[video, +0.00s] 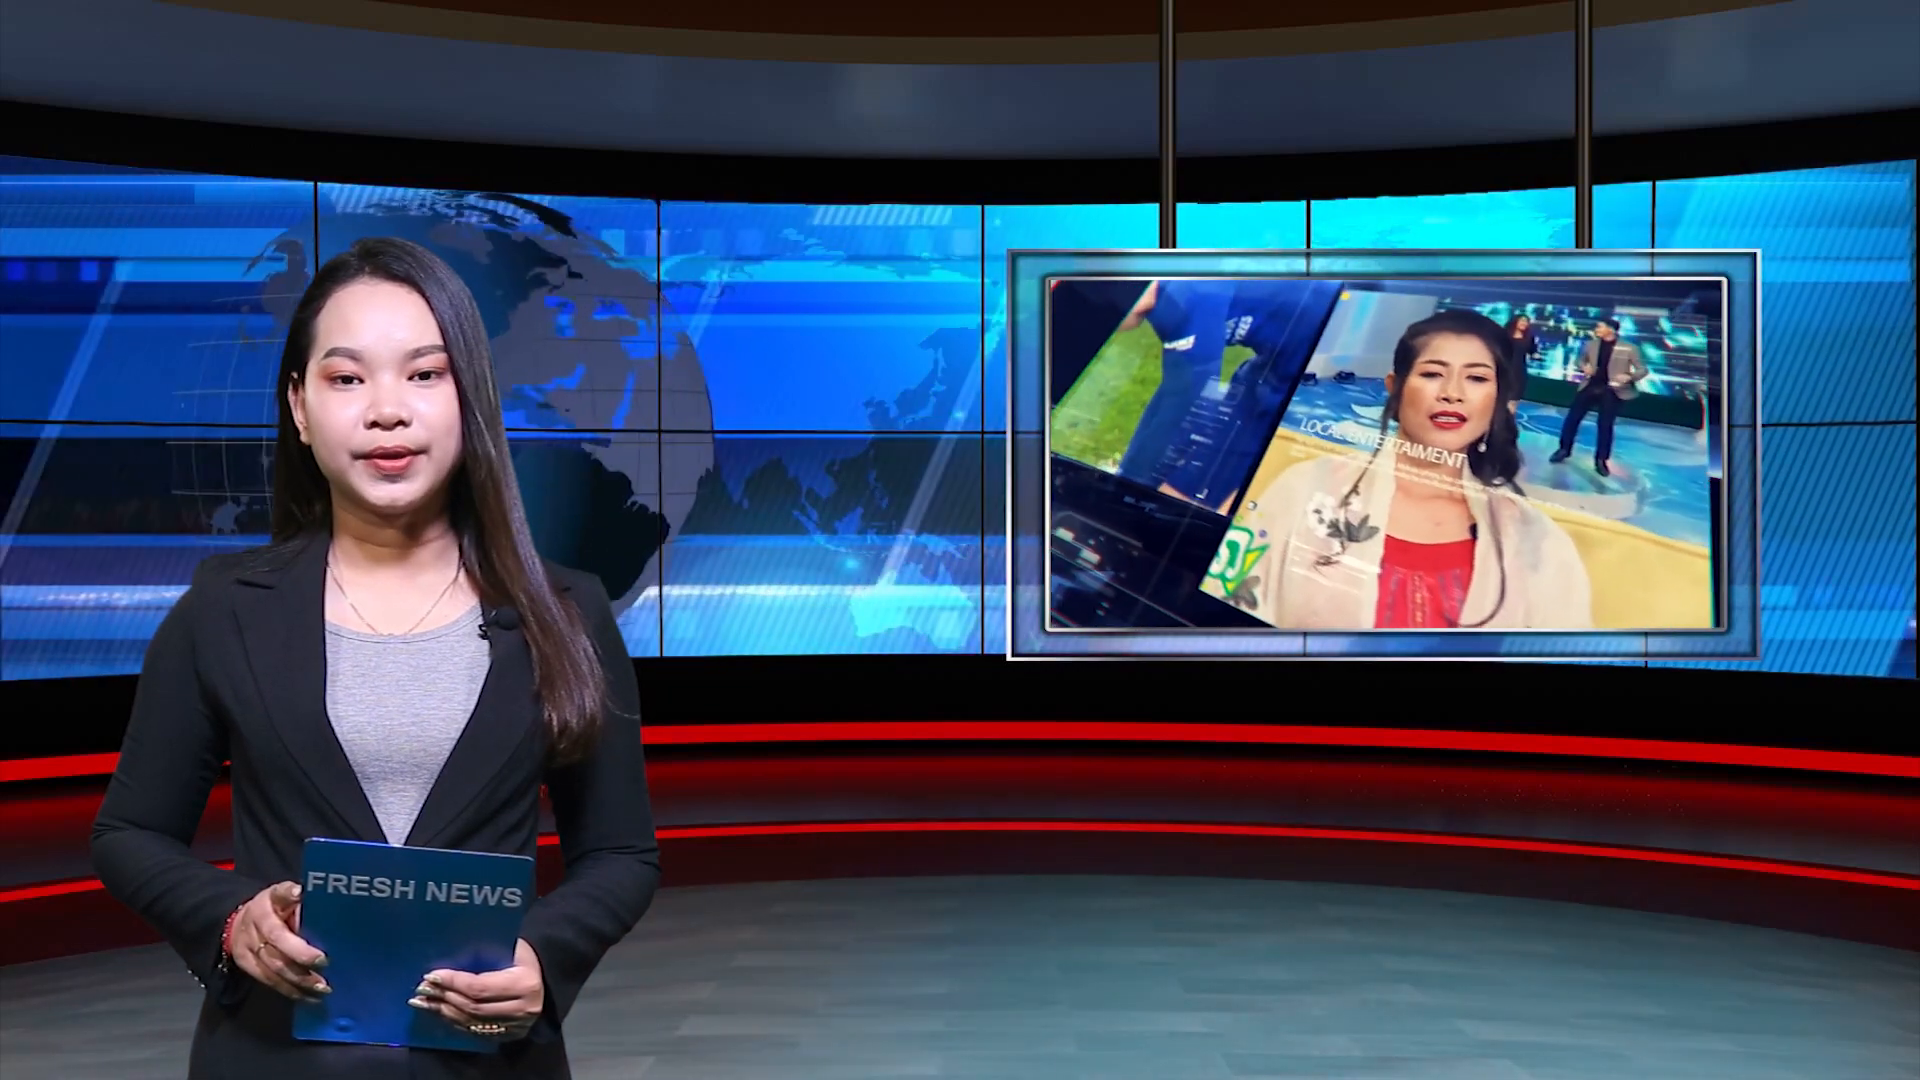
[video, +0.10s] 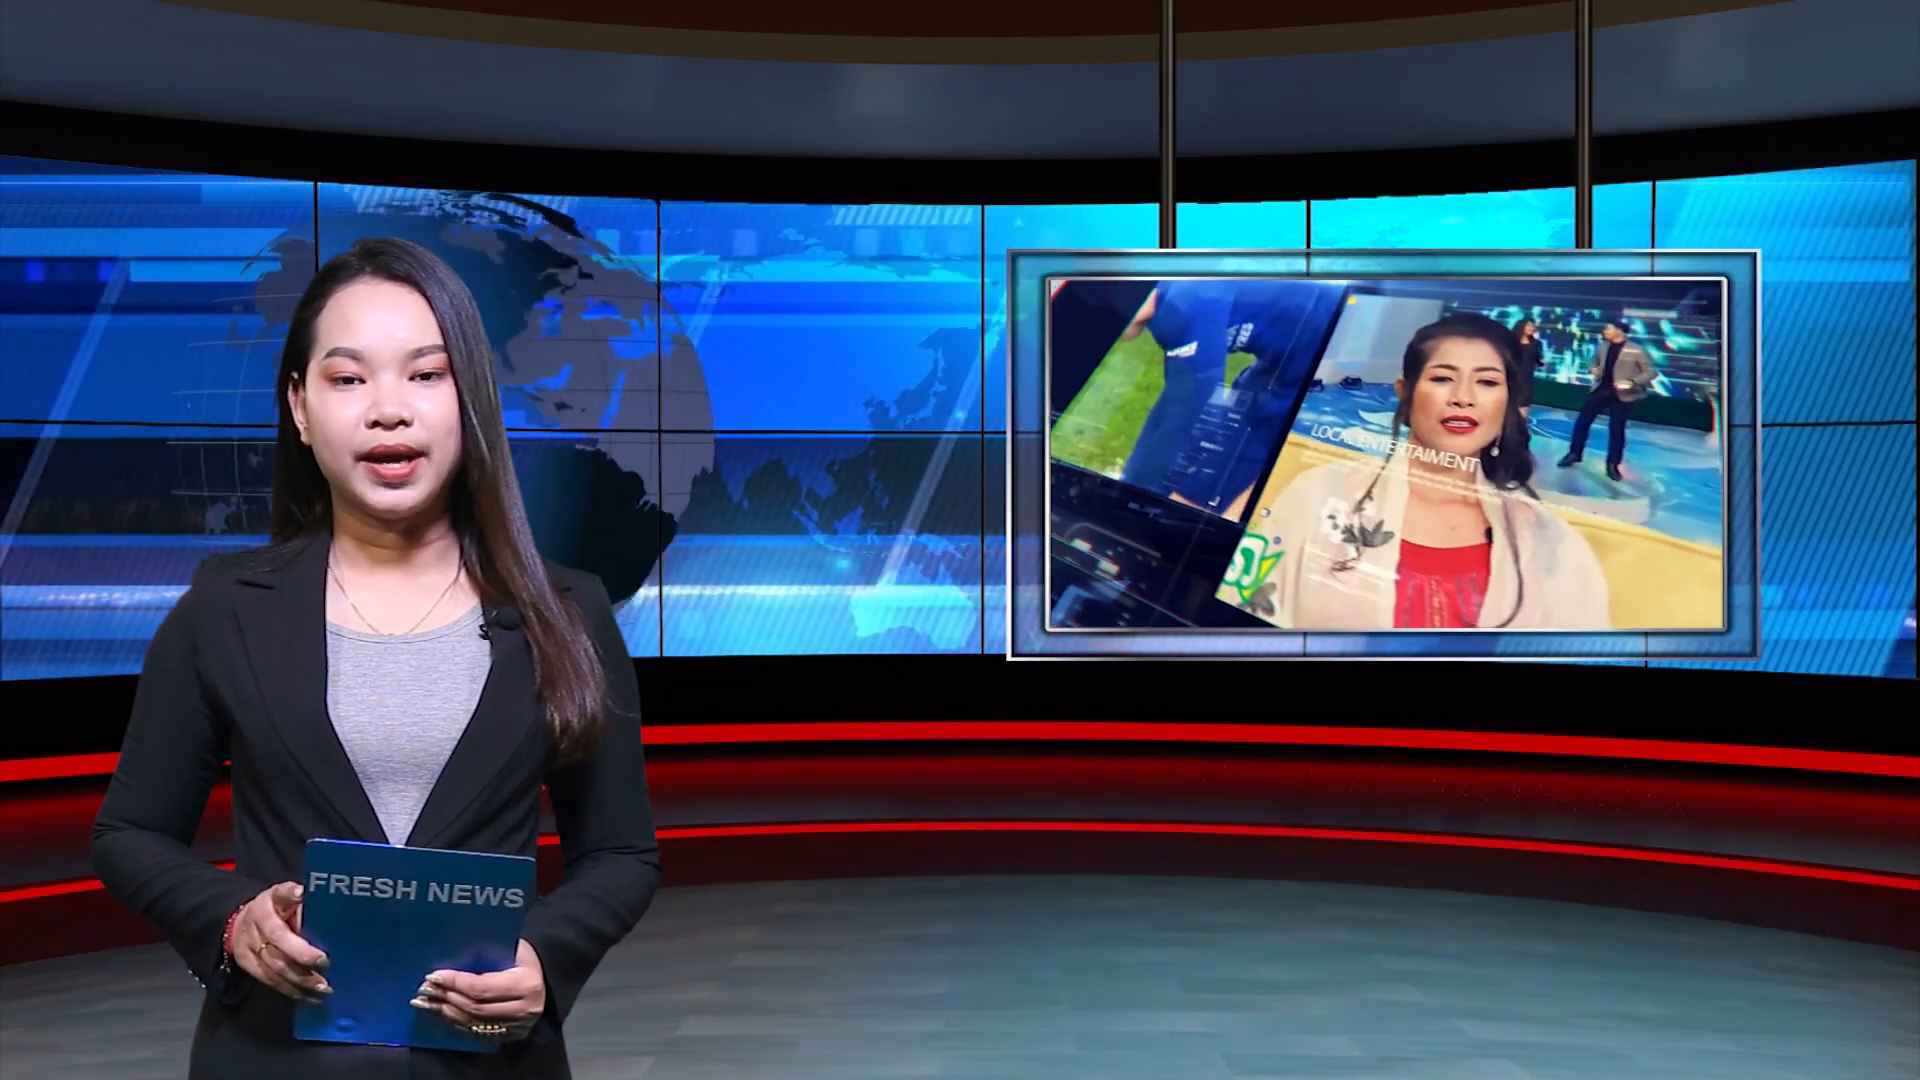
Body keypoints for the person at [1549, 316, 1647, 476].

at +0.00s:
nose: (1596, 330)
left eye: (1600, 327)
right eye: (1596, 327)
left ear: (1610, 330)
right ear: (1599, 330)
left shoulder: (1629, 349)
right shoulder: (1591, 344)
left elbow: (1642, 370)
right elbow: (1580, 360)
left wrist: (1628, 378)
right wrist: (1585, 367)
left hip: (1612, 389)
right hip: (1591, 386)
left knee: (1605, 425)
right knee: (1573, 416)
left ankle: (1601, 459)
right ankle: (1564, 449)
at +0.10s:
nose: (1605, 331)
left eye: (1609, 328)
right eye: (1605, 328)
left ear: (1619, 332)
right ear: (1609, 332)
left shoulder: (1636, 351)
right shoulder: (1603, 347)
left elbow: (1651, 372)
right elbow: (1596, 364)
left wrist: (1633, 382)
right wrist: (1595, 370)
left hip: (1622, 395)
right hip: (1601, 391)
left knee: (1616, 431)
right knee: (1583, 420)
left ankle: (1613, 464)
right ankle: (1575, 453)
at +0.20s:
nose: (1619, 336)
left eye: (1622, 333)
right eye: (1619, 333)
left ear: (1632, 335)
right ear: (1627, 336)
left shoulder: (1649, 355)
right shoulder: (1620, 350)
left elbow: (1663, 377)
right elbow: (1615, 368)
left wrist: (1638, 387)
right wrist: (1609, 373)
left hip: (1637, 401)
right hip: (1616, 395)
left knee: (1633, 436)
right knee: (1603, 428)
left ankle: (1632, 471)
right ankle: (1589, 460)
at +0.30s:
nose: (1627, 339)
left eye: (1630, 336)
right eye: (1628, 336)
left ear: (1641, 339)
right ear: (1635, 339)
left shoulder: (1658, 358)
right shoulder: (1631, 354)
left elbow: (1671, 382)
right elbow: (1630, 374)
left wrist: (1644, 392)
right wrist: (1620, 378)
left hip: (1647, 405)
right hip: (1626, 401)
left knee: (1643, 438)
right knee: (1614, 433)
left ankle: (1648, 475)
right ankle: (1601, 465)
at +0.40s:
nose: (1640, 347)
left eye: (1643, 344)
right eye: (1640, 343)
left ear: (1653, 346)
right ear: (1650, 347)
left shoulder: (1669, 365)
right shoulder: (1648, 362)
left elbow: (1673, 394)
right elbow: (1647, 386)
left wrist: (1647, 404)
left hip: (1660, 413)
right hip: (1642, 409)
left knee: (1652, 443)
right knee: (1627, 438)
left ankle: (1662, 482)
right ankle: (1614, 472)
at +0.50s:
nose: (1649, 350)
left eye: (1653, 347)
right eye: (1650, 346)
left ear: (1663, 349)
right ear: (1659, 350)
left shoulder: (1675, 368)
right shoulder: (1659, 366)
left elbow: (1674, 396)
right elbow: (1657, 392)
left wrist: (1647, 406)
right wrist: (1643, 404)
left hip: (1669, 417)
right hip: (1652, 415)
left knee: (1661, 447)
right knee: (1637, 442)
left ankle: (1672, 486)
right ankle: (1625, 475)